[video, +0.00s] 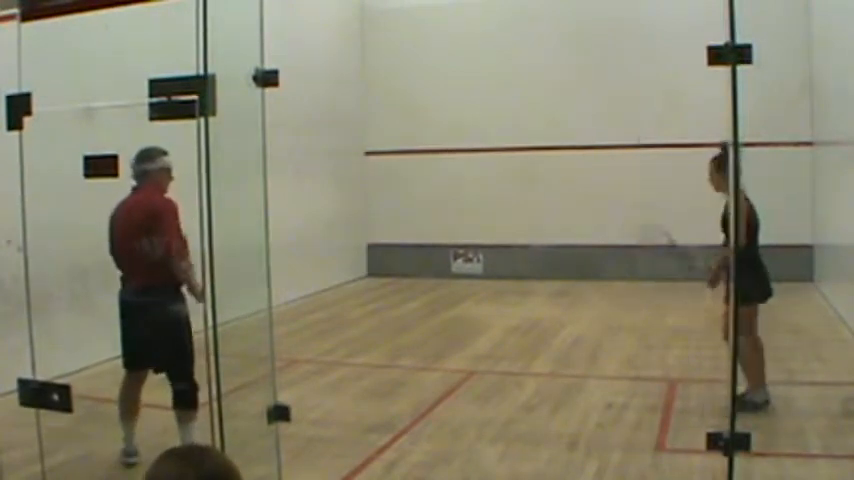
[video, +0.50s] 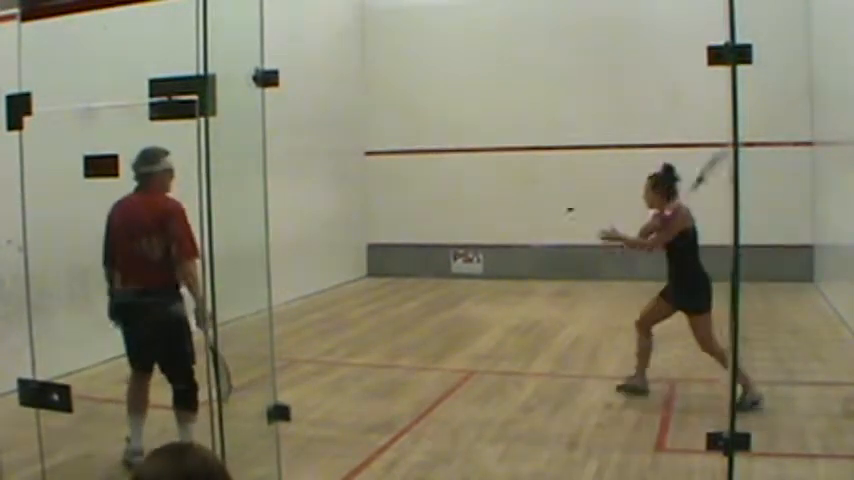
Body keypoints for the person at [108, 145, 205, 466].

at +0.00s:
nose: (170, 178)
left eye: (169, 172)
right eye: (166, 172)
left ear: (138, 175)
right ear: (156, 173)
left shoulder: (121, 210)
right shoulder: (164, 206)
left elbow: (119, 258)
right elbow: (174, 253)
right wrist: (194, 285)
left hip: (132, 300)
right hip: (166, 299)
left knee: (134, 372)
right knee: (181, 376)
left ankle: (128, 445)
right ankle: (189, 445)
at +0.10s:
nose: (175, 177)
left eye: (174, 171)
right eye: (171, 171)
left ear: (143, 174)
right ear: (159, 174)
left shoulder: (123, 210)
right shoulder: (168, 207)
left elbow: (120, 259)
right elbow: (179, 255)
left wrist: (154, 266)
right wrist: (195, 285)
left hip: (136, 301)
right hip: (170, 301)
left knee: (139, 370)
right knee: (184, 376)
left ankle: (128, 445)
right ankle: (189, 446)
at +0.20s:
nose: (179, 177)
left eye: (177, 171)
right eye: (175, 171)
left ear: (146, 174)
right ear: (164, 173)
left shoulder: (127, 210)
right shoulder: (172, 208)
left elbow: (122, 260)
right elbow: (184, 261)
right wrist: (201, 297)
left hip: (139, 300)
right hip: (173, 300)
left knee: (141, 370)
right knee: (185, 376)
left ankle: (129, 443)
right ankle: (190, 446)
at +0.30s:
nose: (181, 177)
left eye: (180, 171)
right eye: (178, 171)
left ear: (148, 174)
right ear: (168, 174)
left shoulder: (128, 209)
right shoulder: (175, 208)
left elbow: (123, 260)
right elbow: (187, 264)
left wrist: (148, 282)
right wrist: (201, 301)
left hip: (139, 301)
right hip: (174, 300)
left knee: (142, 369)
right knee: (185, 377)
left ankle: (130, 443)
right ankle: (190, 447)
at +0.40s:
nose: (179, 177)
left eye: (178, 172)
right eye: (176, 172)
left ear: (146, 175)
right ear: (167, 175)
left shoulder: (125, 209)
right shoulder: (175, 209)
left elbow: (120, 264)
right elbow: (186, 265)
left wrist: (130, 298)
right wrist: (202, 304)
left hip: (136, 303)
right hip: (171, 302)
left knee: (142, 369)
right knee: (184, 377)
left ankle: (131, 444)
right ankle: (189, 447)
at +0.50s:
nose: (172, 178)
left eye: (171, 172)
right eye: (169, 173)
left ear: (140, 176)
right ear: (159, 176)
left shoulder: (119, 209)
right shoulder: (170, 209)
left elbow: (110, 261)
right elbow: (186, 263)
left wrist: (115, 296)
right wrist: (200, 302)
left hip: (129, 302)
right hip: (165, 302)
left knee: (140, 371)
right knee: (182, 377)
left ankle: (134, 445)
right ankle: (187, 446)